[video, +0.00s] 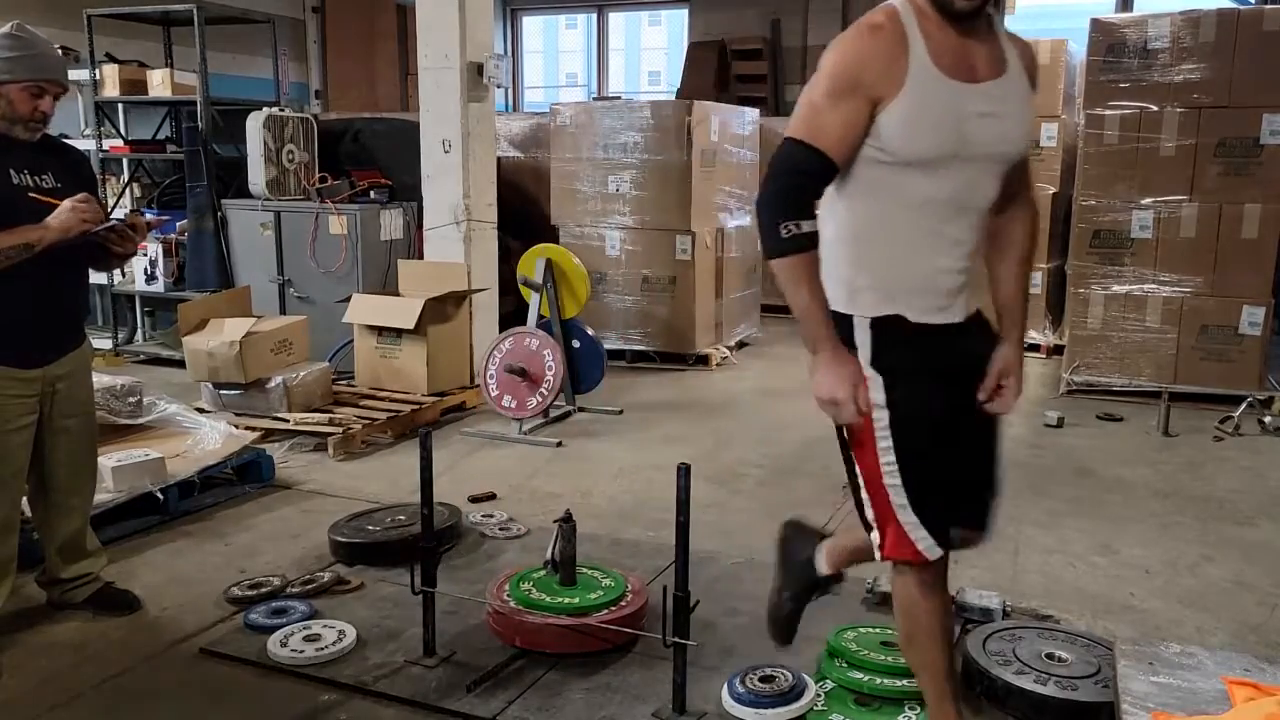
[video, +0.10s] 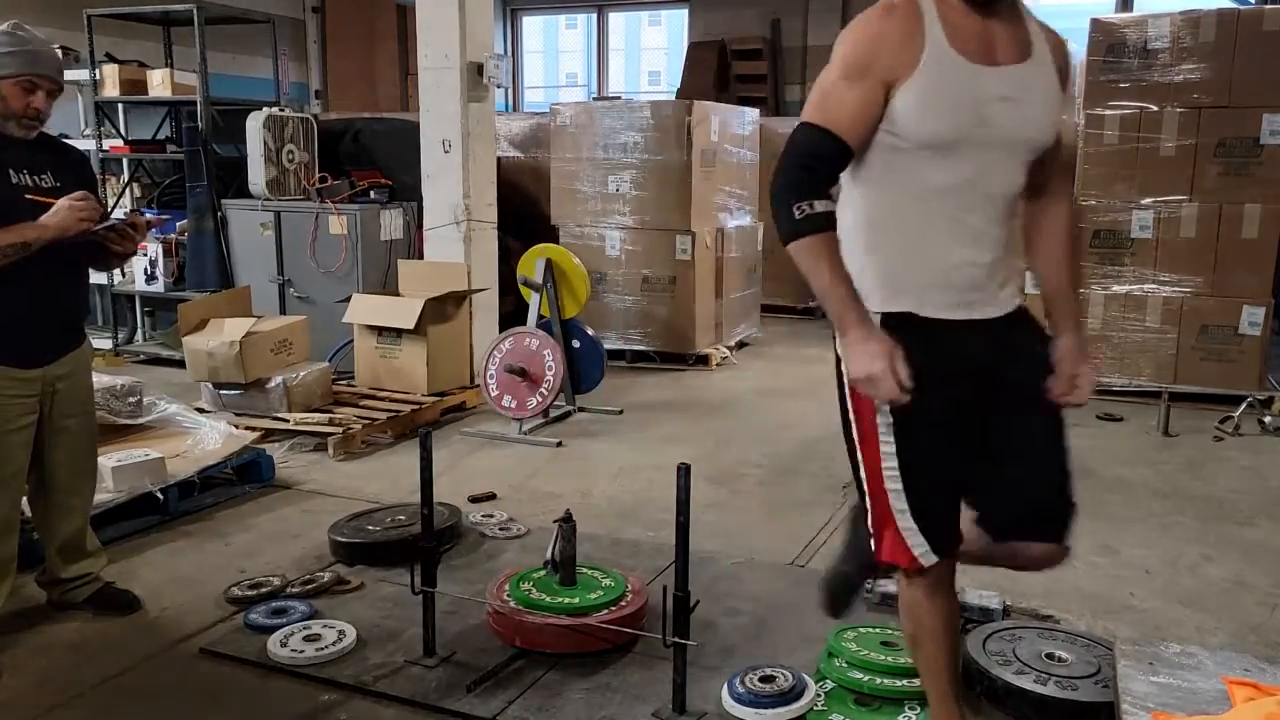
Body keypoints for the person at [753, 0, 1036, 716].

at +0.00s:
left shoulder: (1015, 59)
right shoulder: (873, 47)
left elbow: (1011, 202)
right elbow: (781, 202)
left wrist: (1011, 333)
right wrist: (823, 348)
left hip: (962, 324)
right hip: (875, 325)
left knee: (961, 522)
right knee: (918, 548)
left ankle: (818, 558)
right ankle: (944, 713)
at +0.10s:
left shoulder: (1047, 50)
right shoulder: (891, 30)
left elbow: (1051, 192)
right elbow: (797, 187)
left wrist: (1068, 328)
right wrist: (854, 329)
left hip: (1000, 329)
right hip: (897, 331)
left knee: (1039, 544)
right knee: (926, 556)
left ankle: (884, 532)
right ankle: (947, 712)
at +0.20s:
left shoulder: (1075, 37)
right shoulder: (898, 21)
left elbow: (1090, 175)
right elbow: (807, 177)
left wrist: (1129, 317)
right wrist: (870, 309)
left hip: (1036, 329)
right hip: (914, 334)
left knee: (1082, 553)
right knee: (936, 563)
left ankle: (965, 572)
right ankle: (951, 715)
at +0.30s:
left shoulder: (1104, 26)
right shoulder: (906, 18)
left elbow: (1143, 168)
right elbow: (819, 178)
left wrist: (1188, 321)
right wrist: (862, 305)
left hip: (1063, 328)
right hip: (934, 332)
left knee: (1090, 562)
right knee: (945, 559)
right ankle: (953, 713)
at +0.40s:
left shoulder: (1131, 17)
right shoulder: (913, 19)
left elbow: (1194, 167)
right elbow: (832, 178)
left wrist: (1235, 344)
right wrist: (839, 314)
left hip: (1079, 340)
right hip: (940, 338)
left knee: (1077, 603)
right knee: (951, 583)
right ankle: (955, 713)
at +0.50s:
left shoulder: (1153, 19)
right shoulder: (925, 22)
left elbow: (1237, 186)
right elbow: (849, 183)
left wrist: (1257, 378)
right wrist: (816, 332)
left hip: (1095, 357)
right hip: (951, 351)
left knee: (1084, 627)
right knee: (958, 592)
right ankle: (955, 717)